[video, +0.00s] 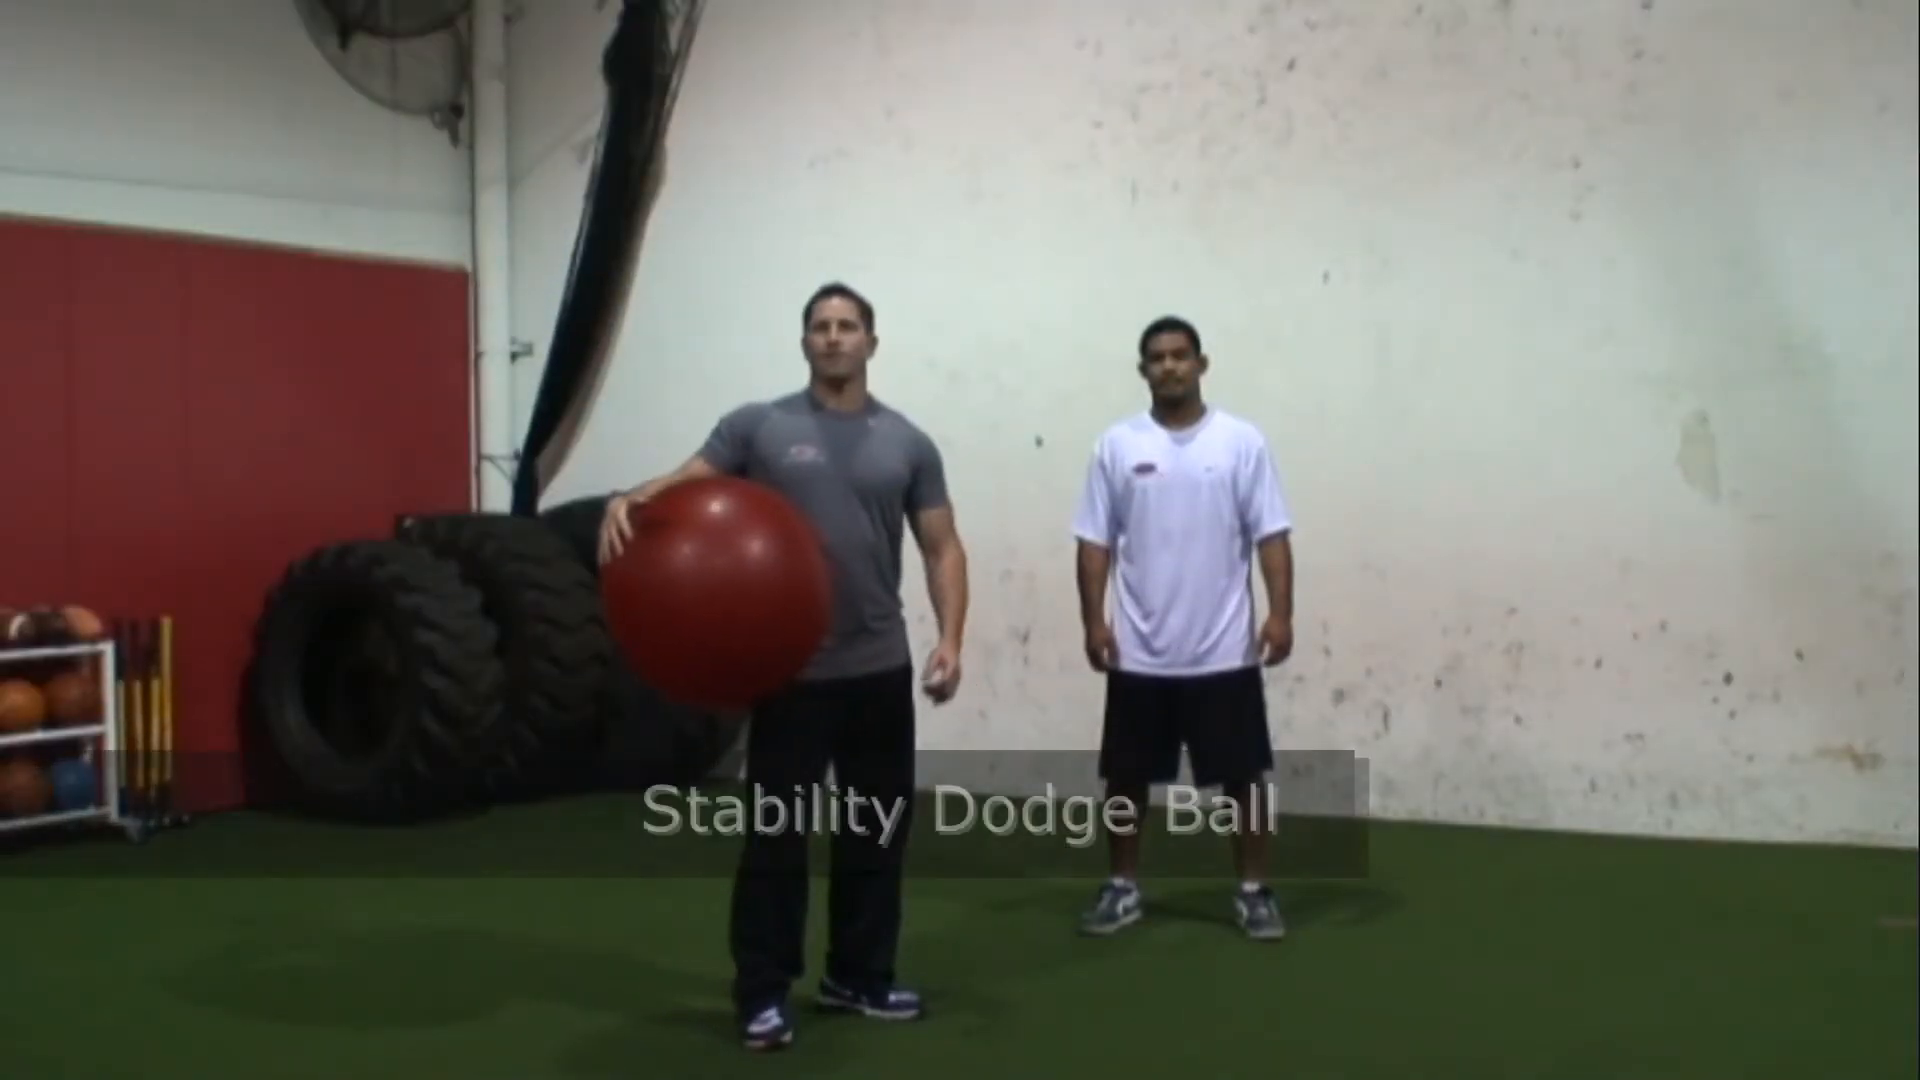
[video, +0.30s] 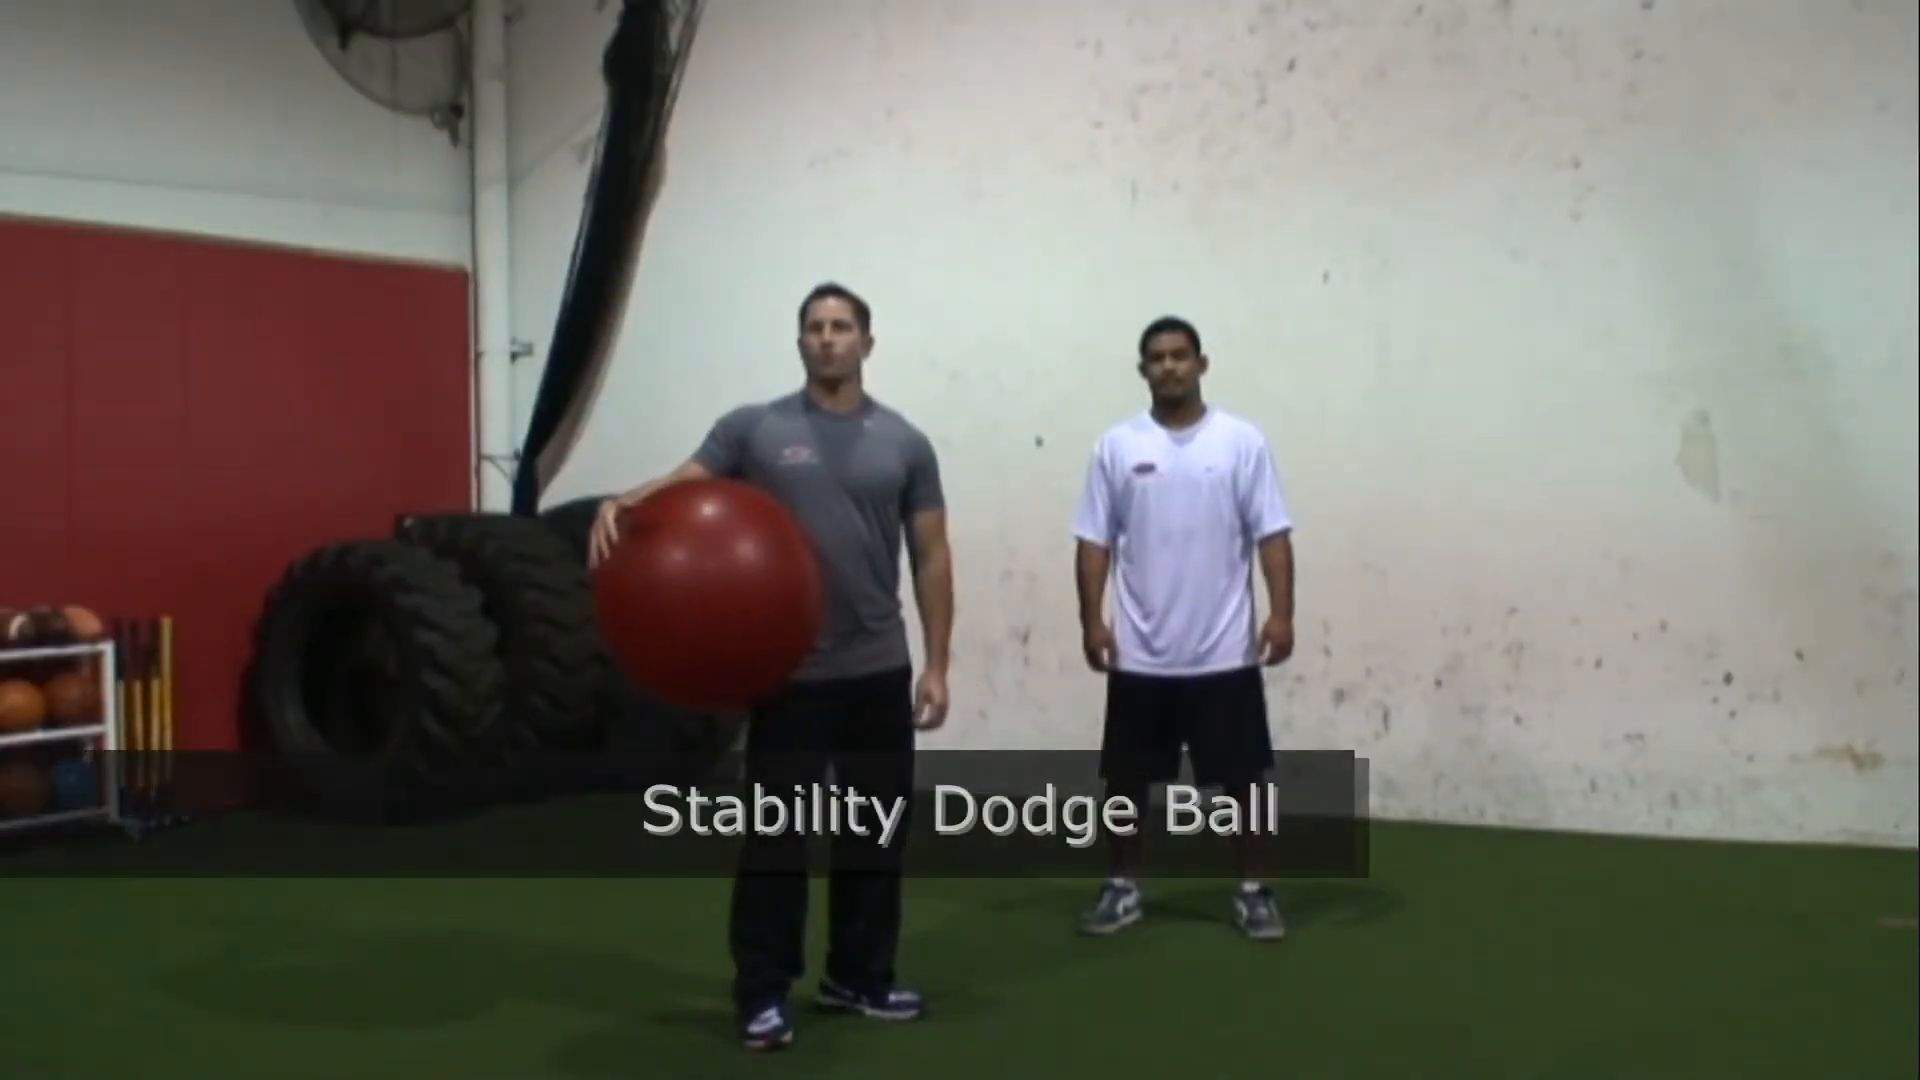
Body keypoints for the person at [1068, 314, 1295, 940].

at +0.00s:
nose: (1169, 366)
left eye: (1179, 356)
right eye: (1157, 358)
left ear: (1201, 364)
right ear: (1143, 371)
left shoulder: (1242, 442)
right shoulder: (1118, 446)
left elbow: (1271, 533)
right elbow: (1094, 539)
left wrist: (1281, 612)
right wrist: (1094, 620)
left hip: (1223, 645)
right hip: (1141, 646)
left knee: (1245, 780)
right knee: (1124, 779)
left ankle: (1253, 888)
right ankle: (1123, 884)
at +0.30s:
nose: (1168, 366)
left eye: (1179, 356)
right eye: (1157, 358)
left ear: (1201, 365)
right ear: (1143, 371)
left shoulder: (1242, 442)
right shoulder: (1118, 446)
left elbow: (1272, 533)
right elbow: (1094, 538)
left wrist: (1282, 611)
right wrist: (1092, 619)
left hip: (1223, 646)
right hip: (1142, 647)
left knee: (1244, 781)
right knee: (1124, 780)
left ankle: (1253, 888)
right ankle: (1123, 884)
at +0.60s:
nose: (1168, 366)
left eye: (1179, 356)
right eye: (1156, 358)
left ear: (1201, 365)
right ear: (1142, 371)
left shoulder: (1242, 442)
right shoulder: (1117, 447)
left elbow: (1271, 534)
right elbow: (1094, 540)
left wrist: (1280, 612)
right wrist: (1094, 620)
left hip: (1223, 647)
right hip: (1141, 648)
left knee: (1241, 777)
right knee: (1125, 778)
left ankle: (1252, 886)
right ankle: (1123, 883)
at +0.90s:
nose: (1167, 366)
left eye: (1177, 356)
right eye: (1155, 358)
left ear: (1199, 365)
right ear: (1141, 371)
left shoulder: (1240, 442)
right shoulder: (1117, 448)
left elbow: (1269, 534)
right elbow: (1094, 541)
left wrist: (1277, 614)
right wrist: (1094, 622)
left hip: (1223, 647)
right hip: (1141, 648)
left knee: (1241, 777)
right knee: (1125, 778)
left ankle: (1252, 886)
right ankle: (1123, 883)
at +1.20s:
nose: (1166, 366)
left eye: (1176, 356)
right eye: (1154, 358)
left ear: (1198, 364)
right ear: (1140, 372)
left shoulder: (1240, 442)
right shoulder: (1117, 447)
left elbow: (1269, 534)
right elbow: (1094, 541)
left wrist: (1277, 613)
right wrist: (1093, 622)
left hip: (1222, 647)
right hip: (1140, 649)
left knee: (1242, 777)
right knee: (1125, 778)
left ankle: (1253, 887)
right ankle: (1123, 884)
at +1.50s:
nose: (1166, 366)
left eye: (1176, 356)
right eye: (1154, 358)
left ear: (1198, 364)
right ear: (1140, 371)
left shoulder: (1240, 442)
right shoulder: (1117, 447)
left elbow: (1269, 534)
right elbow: (1094, 541)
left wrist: (1278, 613)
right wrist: (1093, 622)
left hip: (1222, 648)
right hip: (1140, 649)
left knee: (1242, 777)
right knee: (1124, 778)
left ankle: (1253, 887)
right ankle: (1123, 884)